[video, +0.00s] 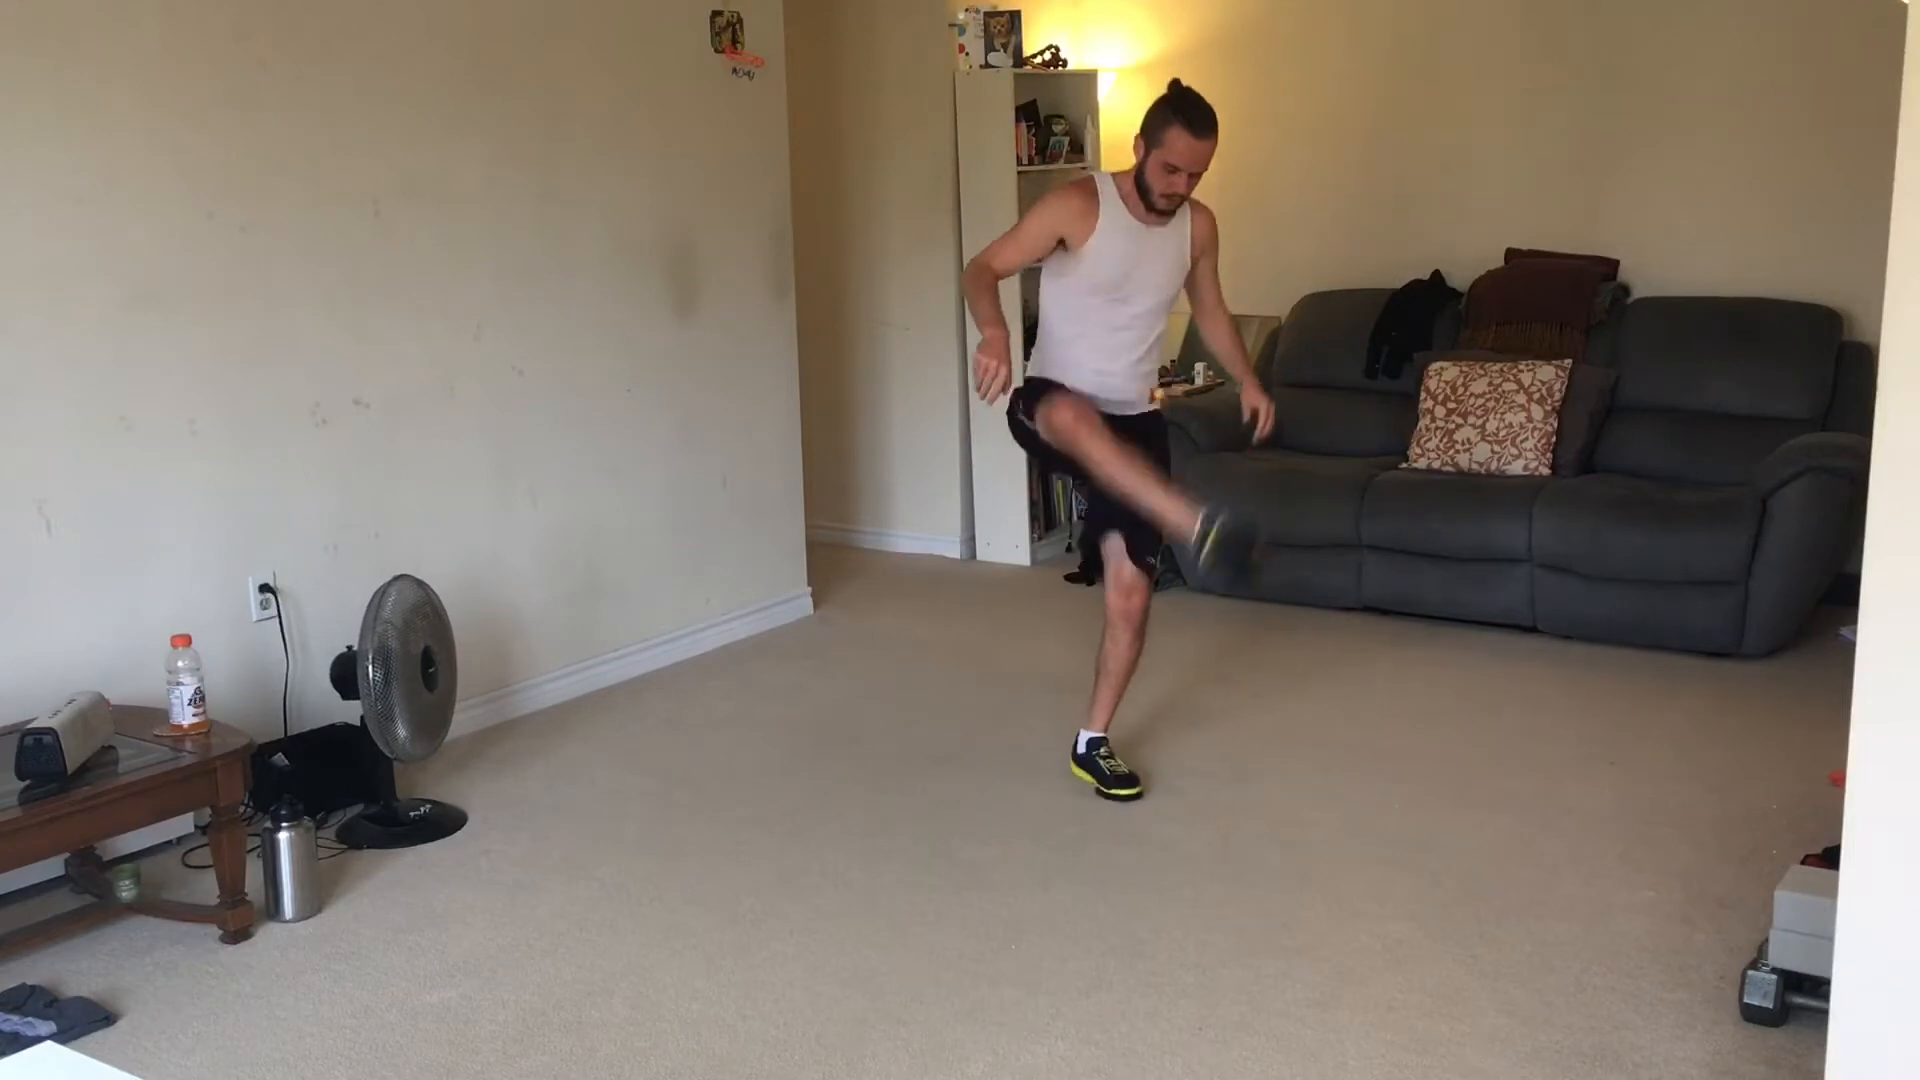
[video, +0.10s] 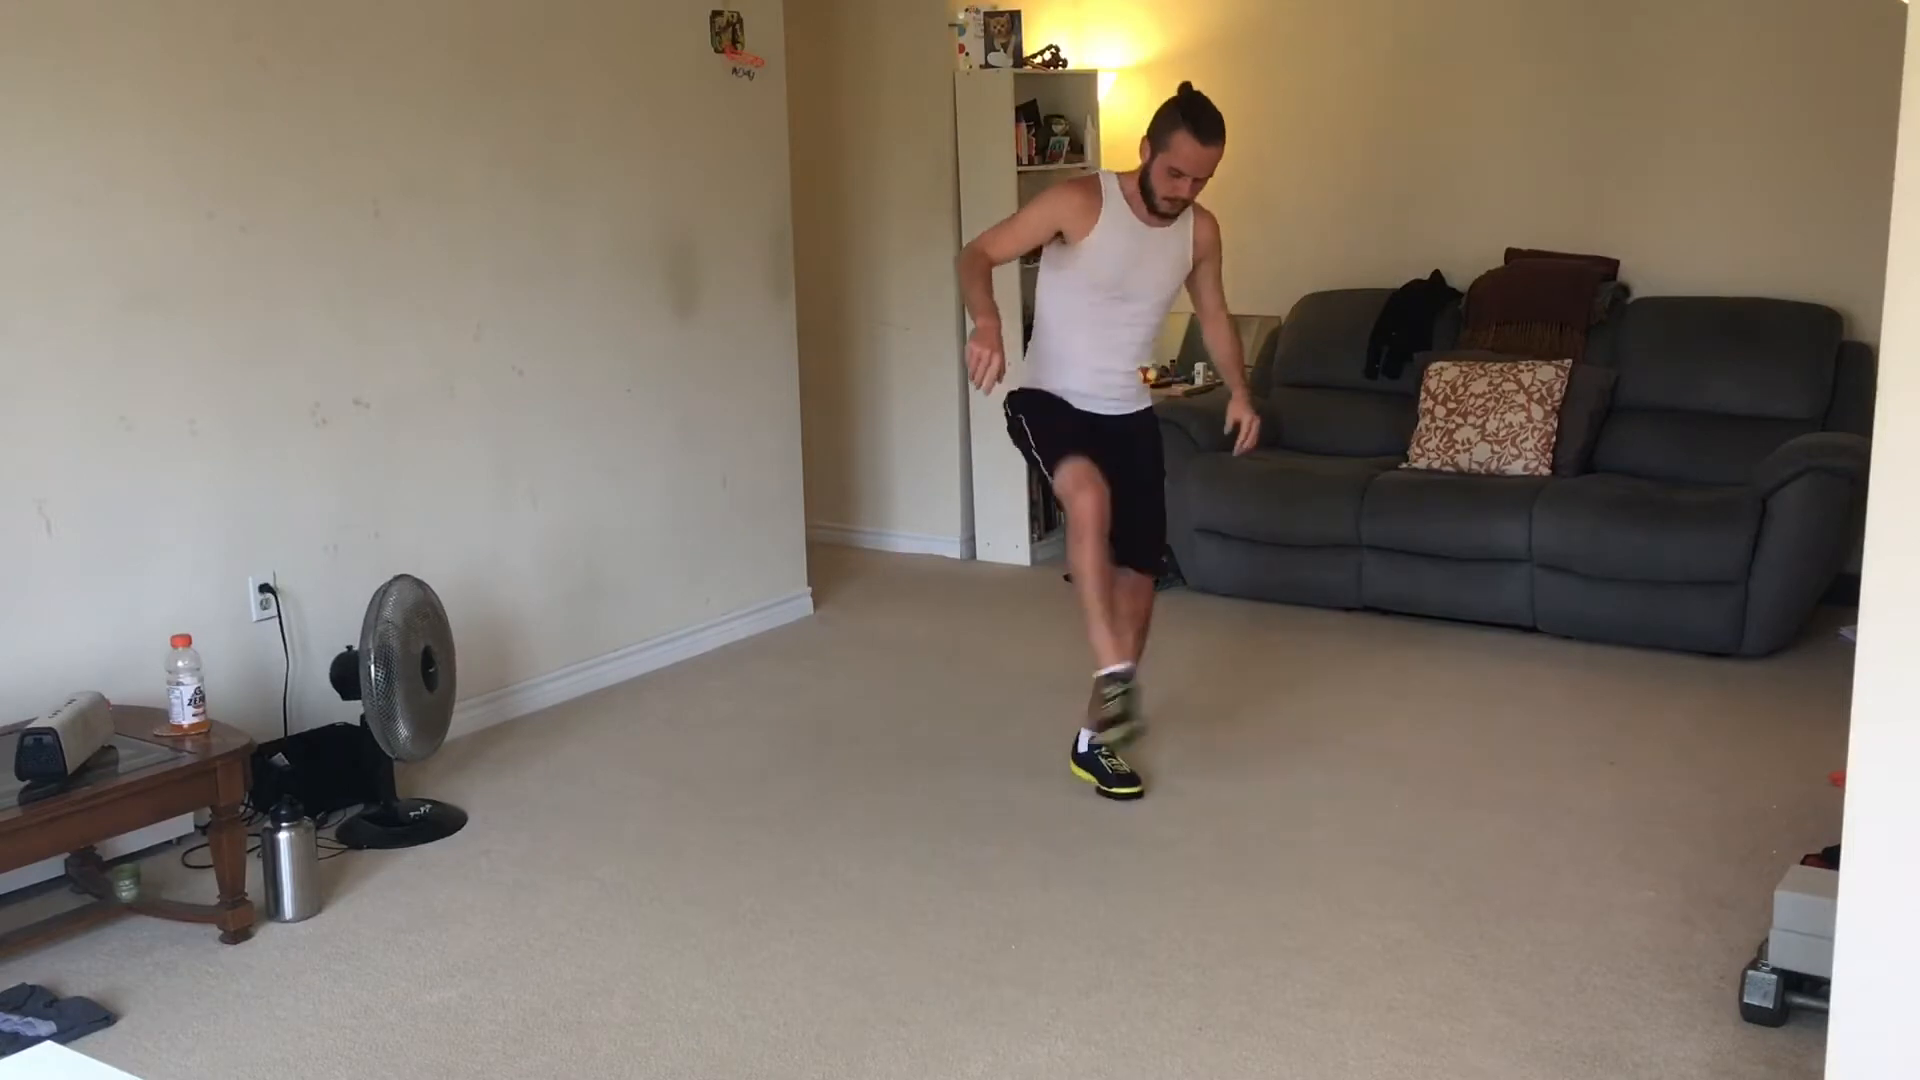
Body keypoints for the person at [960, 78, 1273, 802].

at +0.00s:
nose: (1181, 185)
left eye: (1195, 174)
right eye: (1170, 168)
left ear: (1207, 164)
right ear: (1139, 148)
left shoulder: (1196, 224)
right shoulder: (1076, 205)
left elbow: (1211, 314)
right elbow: (981, 271)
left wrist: (1247, 379)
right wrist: (992, 330)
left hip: (1135, 415)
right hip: (1055, 400)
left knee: (1130, 592)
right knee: (1066, 412)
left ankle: (1092, 740)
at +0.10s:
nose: (1185, 189)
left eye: (1199, 178)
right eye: (1175, 172)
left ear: (1213, 168)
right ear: (1146, 149)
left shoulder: (1199, 230)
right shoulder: (1078, 199)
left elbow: (1213, 316)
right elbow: (977, 255)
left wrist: (1239, 390)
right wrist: (986, 321)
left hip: (1128, 412)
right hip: (1047, 397)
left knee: (1135, 580)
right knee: (1088, 493)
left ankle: (1094, 741)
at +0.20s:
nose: (1189, 186)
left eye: (1205, 176)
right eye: (1179, 169)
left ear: (1217, 164)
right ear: (1151, 143)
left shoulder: (1204, 224)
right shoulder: (1077, 189)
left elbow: (1234, 310)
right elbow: (972, 229)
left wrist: (1242, 380)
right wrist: (975, 301)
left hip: (1127, 418)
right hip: (1042, 406)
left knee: (1119, 593)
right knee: (1059, 549)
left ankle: (1093, 738)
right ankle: (1060, 621)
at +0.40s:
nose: (1177, 235)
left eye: (1193, 225)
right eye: (1169, 218)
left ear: (1209, 209)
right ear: (1141, 186)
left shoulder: (1206, 254)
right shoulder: (1074, 203)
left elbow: (1263, 327)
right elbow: (987, 225)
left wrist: (1244, 408)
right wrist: (964, 311)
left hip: (1104, 432)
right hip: (1022, 407)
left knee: (1067, 593)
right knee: (961, 527)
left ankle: (1074, 737)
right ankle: (1106, 564)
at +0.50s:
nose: (1163, 288)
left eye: (1178, 279)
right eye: (1155, 273)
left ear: (1197, 260)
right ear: (1129, 238)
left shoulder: (1193, 302)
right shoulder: (1067, 240)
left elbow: (1261, 385)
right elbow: (988, 262)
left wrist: (1235, 470)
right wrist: (968, 350)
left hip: (1104, 471)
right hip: (1028, 450)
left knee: (1048, 623)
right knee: (957, 574)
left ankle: (1062, 755)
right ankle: (1094, 653)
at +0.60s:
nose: (1148, 304)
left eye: (1163, 296)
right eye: (1139, 290)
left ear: (1181, 274)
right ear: (1114, 254)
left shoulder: (1182, 319)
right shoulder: (1055, 254)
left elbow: (1246, 414)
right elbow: (988, 280)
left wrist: (1232, 508)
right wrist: (970, 366)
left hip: (1113, 478)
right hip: (1041, 461)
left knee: (1047, 623)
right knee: (987, 611)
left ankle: (1062, 755)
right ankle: (1123, 703)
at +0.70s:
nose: (1138, 281)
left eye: (1153, 273)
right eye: (1128, 268)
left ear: (1172, 253)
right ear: (1104, 234)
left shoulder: (1178, 302)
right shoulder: (1052, 242)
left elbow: (1244, 402)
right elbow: (984, 275)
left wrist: (1240, 504)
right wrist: (965, 354)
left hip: (1122, 465)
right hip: (1055, 454)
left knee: (1053, 621)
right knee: (1021, 620)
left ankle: (1065, 754)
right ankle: (1161, 716)